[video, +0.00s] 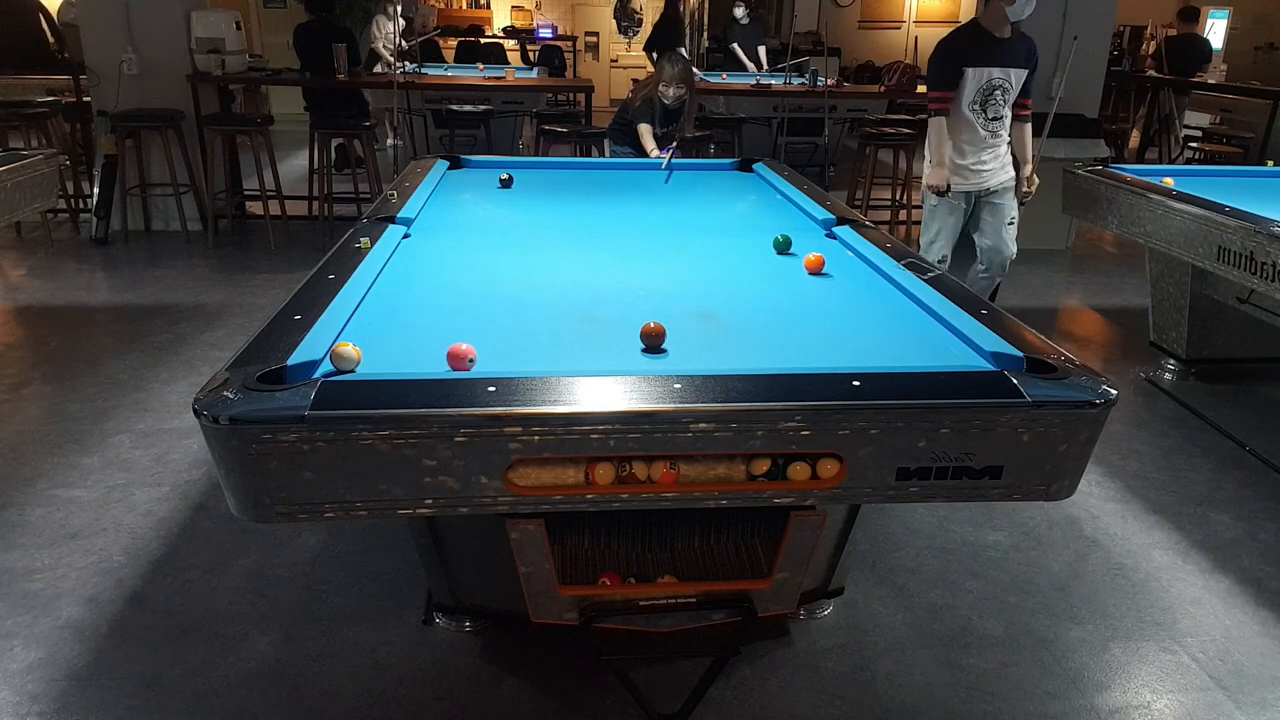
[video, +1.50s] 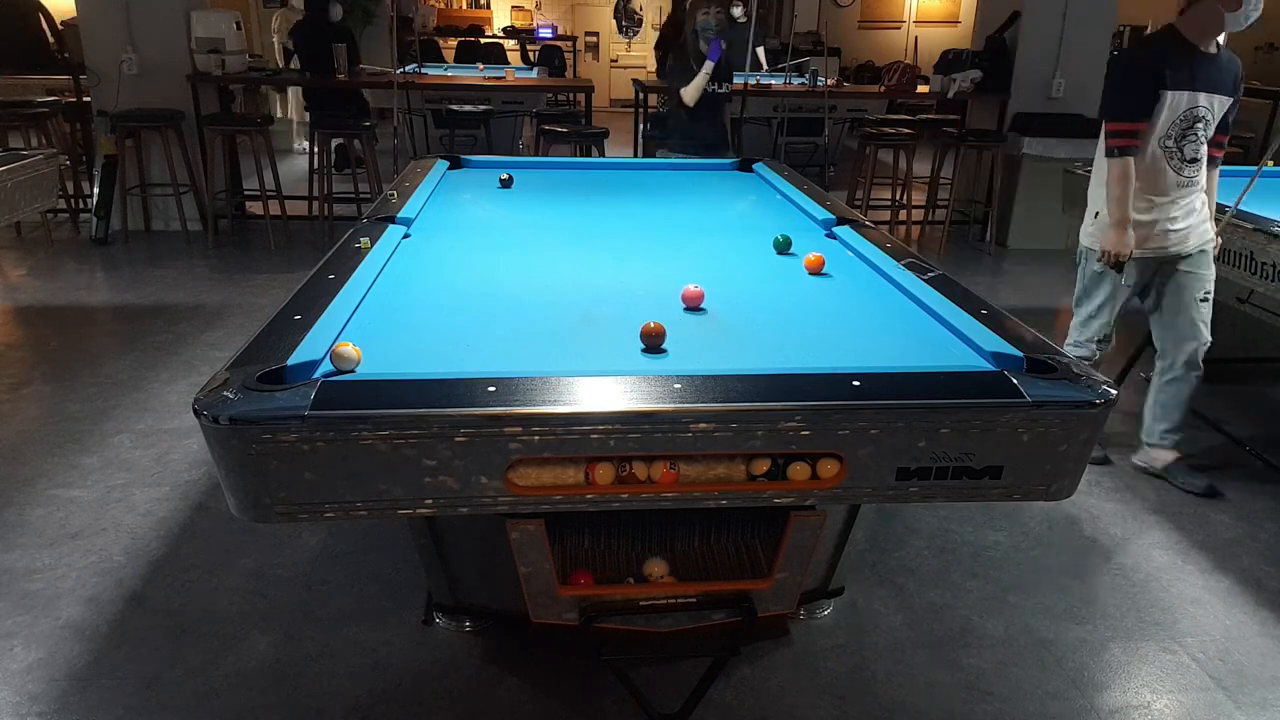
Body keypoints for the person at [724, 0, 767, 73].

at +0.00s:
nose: (736, 11)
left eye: (739, 7)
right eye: (735, 7)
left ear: (747, 10)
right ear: (732, 10)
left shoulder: (756, 25)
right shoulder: (730, 25)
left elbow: (761, 46)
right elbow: (734, 46)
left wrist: (765, 66)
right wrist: (748, 64)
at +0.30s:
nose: (733, 10)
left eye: (736, 7)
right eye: (731, 7)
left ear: (744, 10)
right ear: (729, 10)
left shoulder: (754, 25)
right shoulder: (728, 26)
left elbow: (759, 46)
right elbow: (730, 44)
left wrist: (765, 65)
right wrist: (741, 59)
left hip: (752, 69)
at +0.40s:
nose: (731, 10)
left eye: (735, 7)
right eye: (730, 7)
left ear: (742, 10)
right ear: (727, 10)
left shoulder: (753, 25)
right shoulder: (727, 26)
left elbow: (758, 46)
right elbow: (727, 44)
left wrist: (764, 65)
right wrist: (735, 56)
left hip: (752, 69)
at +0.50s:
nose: (731, 9)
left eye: (734, 6)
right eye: (729, 6)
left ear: (742, 10)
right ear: (727, 9)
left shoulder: (753, 25)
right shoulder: (726, 26)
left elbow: (758, 46)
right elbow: (724, 43)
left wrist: (764, 65)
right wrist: (728, 54)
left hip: (752, 70)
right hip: (733, 70)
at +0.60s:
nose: (731, 10)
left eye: (734, 7)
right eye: (729, 7)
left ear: (741, 9)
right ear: (727, 10)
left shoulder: (752, 26)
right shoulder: (725, 26)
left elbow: (758, 47)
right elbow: (722, 45)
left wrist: (765, 66)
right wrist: (721, 56)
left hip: (751, 72)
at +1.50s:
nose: (734, 10)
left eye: (737, 6)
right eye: (732, 7)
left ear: (744, 9)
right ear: (730, 9)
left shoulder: (753, 25)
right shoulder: (728, 25)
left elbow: (759, 46)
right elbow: (723, 44)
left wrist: (764, 66)